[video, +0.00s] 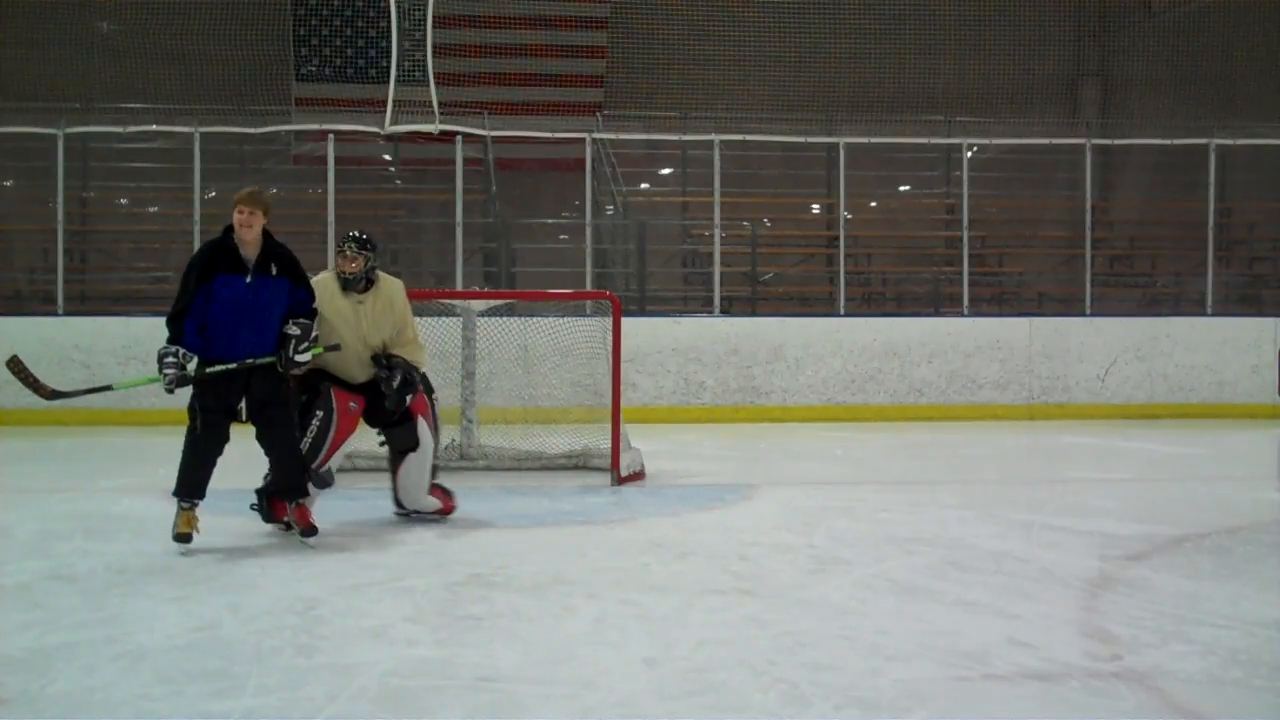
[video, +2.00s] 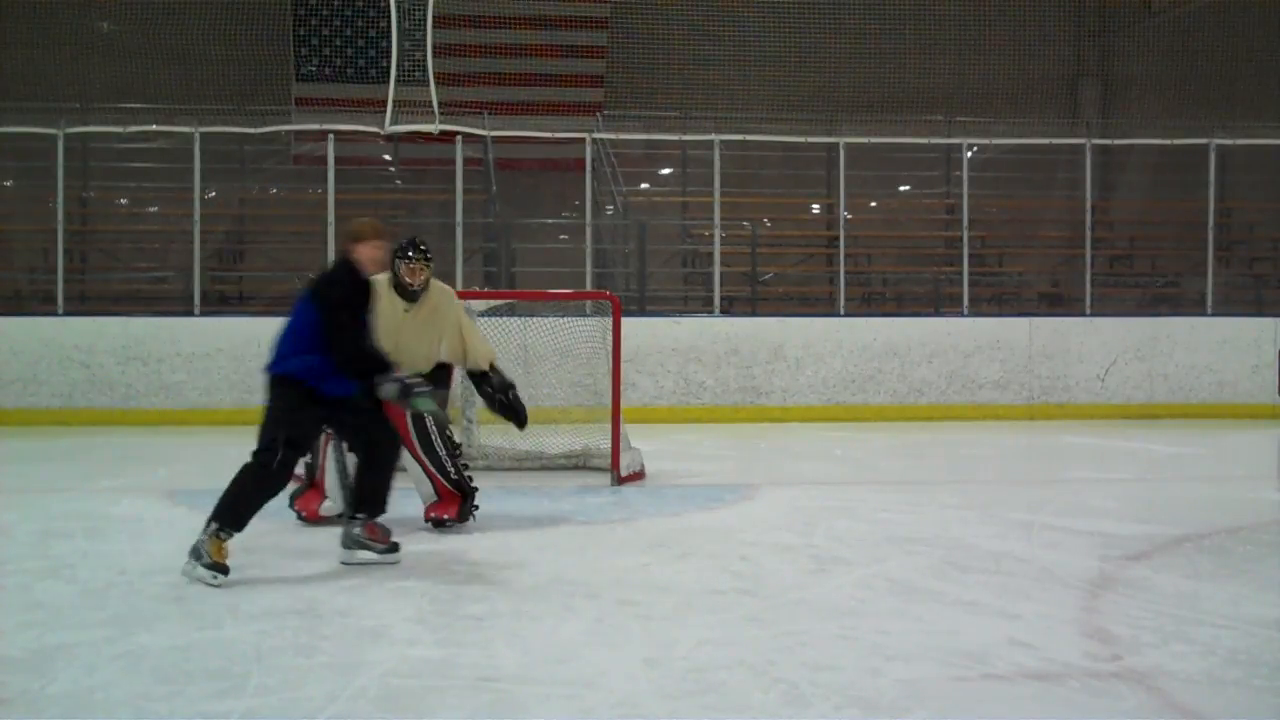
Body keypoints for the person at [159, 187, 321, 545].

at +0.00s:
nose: (245, 219)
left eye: (252, 213)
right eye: (240, 212)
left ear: (265, 219)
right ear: (232, 216)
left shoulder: (282, 259)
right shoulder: (209, 258)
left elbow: (304, 303)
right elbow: (184, 310)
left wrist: (299, 333)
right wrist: (175, 353)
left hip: (267, 365)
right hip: (216, 366)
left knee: (282, 433)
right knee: (206, 435)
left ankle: (296, 503)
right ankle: (186, 507)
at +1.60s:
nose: (247, 225)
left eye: (254, 219)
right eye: (241, 218)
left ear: (266, 224)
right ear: (231, 222)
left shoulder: (276, 263)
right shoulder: (209, 265)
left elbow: (294, 308)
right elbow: (191, 327)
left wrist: (309, 328)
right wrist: (203, 373)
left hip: (267, 374)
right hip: (220, 378)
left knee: (286, 444)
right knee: (211, 452)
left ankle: (290, 517)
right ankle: (184, 532)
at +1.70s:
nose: (268, 228)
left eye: (276, 222)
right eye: (262, 220)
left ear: (286, 228)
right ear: (249, 223)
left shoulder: (288, 266)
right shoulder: (227, 265)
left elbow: (299, 312)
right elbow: (214, 328)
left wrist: (316, 326)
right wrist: (230, 377)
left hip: (279, 374)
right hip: (232, 376)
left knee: (304, 442)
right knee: (230, 454)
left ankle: (298, 522)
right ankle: (193, 535)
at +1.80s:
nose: (300, 238)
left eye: (306, 231)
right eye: (293, 230)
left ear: (311, 237)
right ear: (274, 232)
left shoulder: (303, 278)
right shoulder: (253, 274)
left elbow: (305, 329)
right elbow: (243, 339)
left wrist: (322, 353)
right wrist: (268, 378)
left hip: (291, 380)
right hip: (246, 380)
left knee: (330, 441)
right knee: (244, 456)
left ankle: (316, 525)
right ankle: (200, 535)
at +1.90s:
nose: (335, 253)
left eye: (340, 246)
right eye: (328, 244)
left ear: (344, 251)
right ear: (309, 245)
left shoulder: (319, 288)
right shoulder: (290, 282)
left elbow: (325, 344)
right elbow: (295, 349)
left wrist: (347, 374)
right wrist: (329, 378)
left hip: (302, 389)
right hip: (266, 388)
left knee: (356, 441)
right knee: (261, 464)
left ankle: (343, 524)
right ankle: (207, 537)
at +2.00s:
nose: (382, 254)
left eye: (384, 247)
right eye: (375, 247)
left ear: (381, 252)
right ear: (354, 248)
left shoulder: (359, 286)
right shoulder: (339, 283)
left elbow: (357, 343)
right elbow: (346, 344)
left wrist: (384, 374)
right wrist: (381, 376)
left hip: (339, 386)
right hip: (300, 383)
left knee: (382, 441)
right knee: (275, 462)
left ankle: (362, 527)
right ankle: (213, 539)